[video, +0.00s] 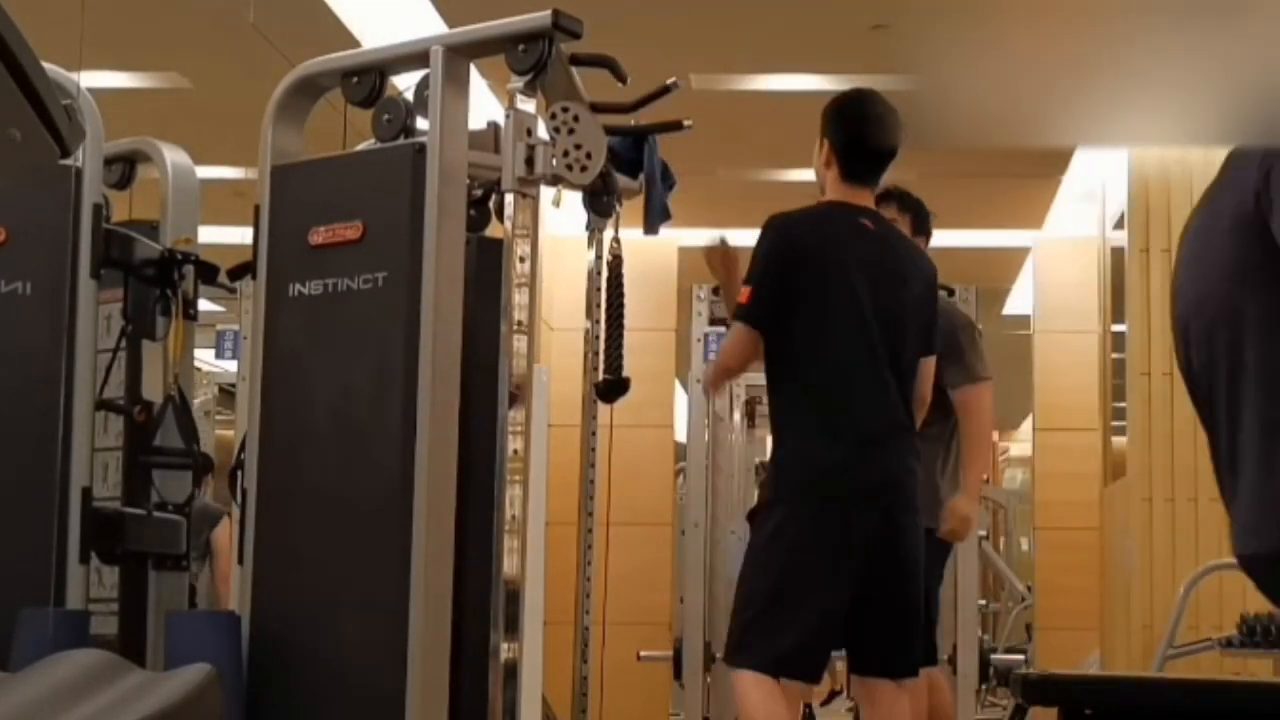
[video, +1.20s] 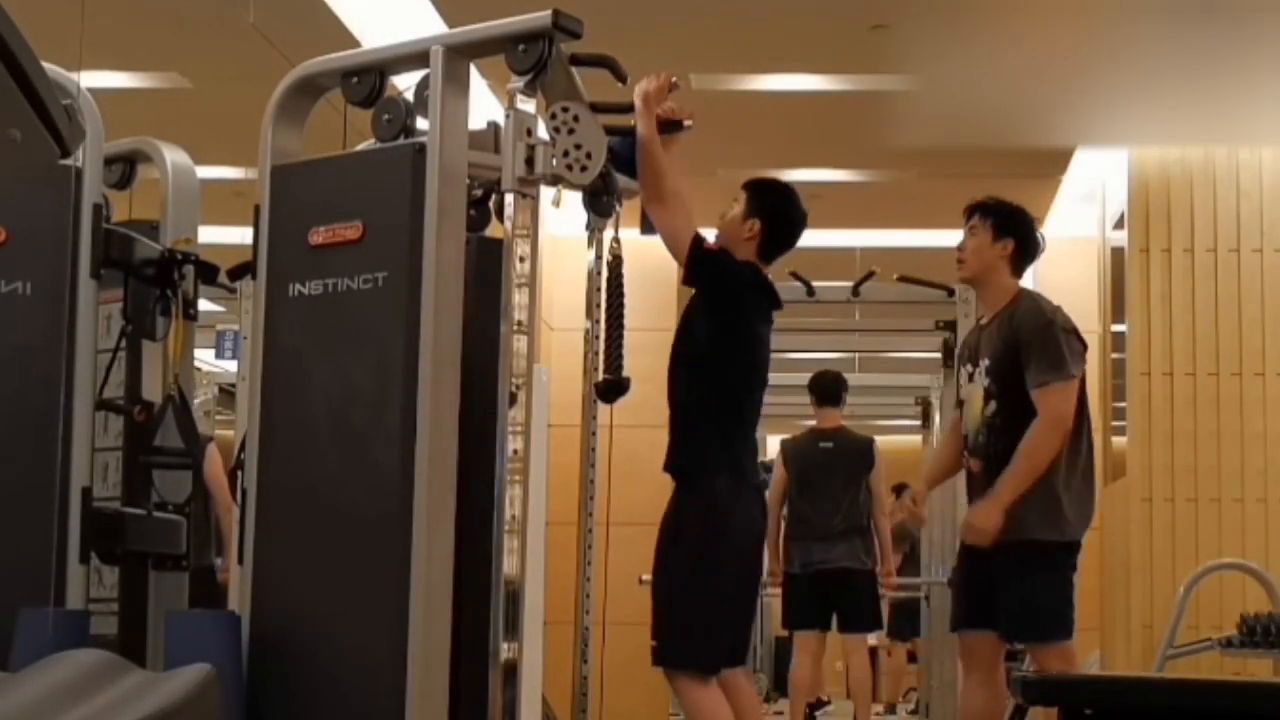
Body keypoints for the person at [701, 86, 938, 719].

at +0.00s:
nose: (817, 154)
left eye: (819, 144)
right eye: (820, 145)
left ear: (825, 153)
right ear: (891, 162)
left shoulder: (789, 233)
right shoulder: (917, 263)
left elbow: (737, 353)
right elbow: (919, 399)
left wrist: (713, 377)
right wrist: (885, 450)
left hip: (807, 484)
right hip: (894, 491)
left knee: (759, 666)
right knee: (888, 671)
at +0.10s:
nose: (818, 161)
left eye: (820, 153)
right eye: (822, 153)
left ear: (828, 160)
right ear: (891, 168)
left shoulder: (790, 237)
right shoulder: (917, 267)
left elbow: (714, 326)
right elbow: (915, 399)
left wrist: (698, 303)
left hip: (804, 495)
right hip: (890, 500)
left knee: (766, 670)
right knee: (889, 675)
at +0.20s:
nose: (817, 169)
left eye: (819, 160)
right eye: (823, 159)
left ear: (827, 168)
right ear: (888, 176)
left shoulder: (784, 243)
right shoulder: (912, 271)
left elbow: (692, 284)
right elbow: (908, 388)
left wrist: (679, 241)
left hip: (801, 493)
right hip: (885, 497)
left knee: (771, 668)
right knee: (885, 672)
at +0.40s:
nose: (799, 191)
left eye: (803, 180)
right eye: (808, 180)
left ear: (812, 188)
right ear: (868, 199)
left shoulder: (770, 251)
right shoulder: (887, 284)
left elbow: (689, 219)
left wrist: (666, 153)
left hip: (789, 495)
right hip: (869, 499)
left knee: (770, 674)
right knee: (874, 675)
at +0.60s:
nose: (771, 201)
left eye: (777, 192)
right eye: (778, 192)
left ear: (786, 204)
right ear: (835, 216)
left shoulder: (751, 260)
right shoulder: (844, 291)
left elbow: (678, 204)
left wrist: (657, 124)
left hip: (751, 493)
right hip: (826, 497)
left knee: (741, 677)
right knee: (846, 676)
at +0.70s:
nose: (760, 201)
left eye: (766, 192)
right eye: (767, 192)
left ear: (776, 206)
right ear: (820, 218)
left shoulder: (742, 257)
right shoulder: (825, 288)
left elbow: (675, 201)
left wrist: (649, 117)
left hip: (738, 485)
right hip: (805, 488)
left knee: (734, 668)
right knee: (818, 664)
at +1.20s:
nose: (723, 216)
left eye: (733, 209)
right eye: (730, 207)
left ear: (752, 226)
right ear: (767, 235)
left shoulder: (732, 282)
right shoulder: (743, 285)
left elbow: (664, 209)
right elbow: (661, 213)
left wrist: (647, 120)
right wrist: (656, 129)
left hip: (709, 498)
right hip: (736, 496)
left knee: (686, 667)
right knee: (728, 665)